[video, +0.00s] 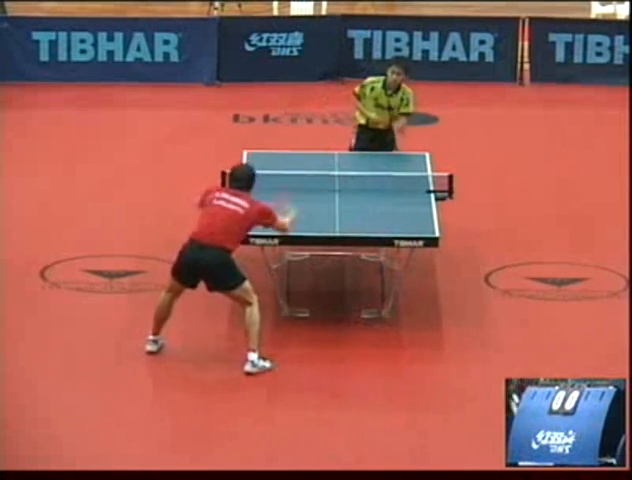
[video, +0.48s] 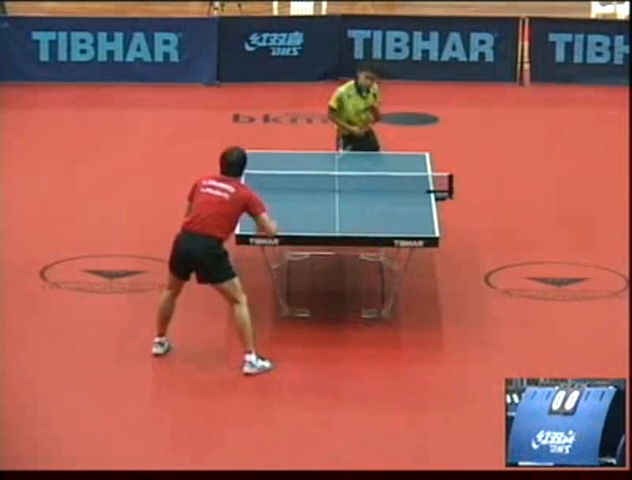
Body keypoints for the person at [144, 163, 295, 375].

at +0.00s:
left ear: (229, 181)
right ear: (251, 185)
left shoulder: (212, 193)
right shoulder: (255, 208)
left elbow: (200, 205)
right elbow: (282, 226)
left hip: (192, 249)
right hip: (218, 256)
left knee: (171, 293)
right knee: (250, 302)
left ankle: (153, 338)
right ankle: (253, 357)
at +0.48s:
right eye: (242, 166)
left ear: (220, 165)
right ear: (243, 169)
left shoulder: (202, 183)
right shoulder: (244, 194)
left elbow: (188, 213)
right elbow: (269, 230)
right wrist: (267, 223)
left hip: (184, 239)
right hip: (210, 245)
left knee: (171, 290)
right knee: (238, 300)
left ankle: (159, 339)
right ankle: (251, 356)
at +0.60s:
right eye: (240, 168)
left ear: (218, 167)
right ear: (240, 170)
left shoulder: (200, 185)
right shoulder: (243, 196)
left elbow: (186, 215)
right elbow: (259, 238)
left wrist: (198, 231)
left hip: (184, 241)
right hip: (212, 246)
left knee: (171, 291)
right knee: (240, 300)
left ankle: (159, 339)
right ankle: (251, 357)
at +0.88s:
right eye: (217, 160)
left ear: (194, 162)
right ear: (218, 163)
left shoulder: (182, 185)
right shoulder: (229, 186)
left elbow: (169, 221)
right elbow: (238, 224)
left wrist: (186, 229)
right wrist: (224, 240)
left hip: (184, 240)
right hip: (212, 243)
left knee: (169, 289)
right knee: (237, 299)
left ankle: (160, 339)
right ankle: (251, 355)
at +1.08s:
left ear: (171, 156)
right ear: (193, 153)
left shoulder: (162, 180)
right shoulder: (210, 176)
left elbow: (149, 216)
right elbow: (223, 214)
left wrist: (164, 232)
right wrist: (213, 235)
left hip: (173, 234)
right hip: (201, 233)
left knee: (165, 286)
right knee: (222, 294)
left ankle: (159, 338)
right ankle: (242, 349)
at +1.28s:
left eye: (167, 145)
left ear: (165, 148)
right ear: (186, 143)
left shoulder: (156, 173)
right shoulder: (205, 168)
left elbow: (141, 209)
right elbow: (220, 206)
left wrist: (152, 226)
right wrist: (211, 228)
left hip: (170, 230)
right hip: (198, 229)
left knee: (163, 286)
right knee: (212, 289)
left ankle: (159, 339)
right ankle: (211, 345)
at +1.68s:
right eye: (202, 143)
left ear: (181, 147)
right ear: (204, 146)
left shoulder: (169, 174)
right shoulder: (218, 177)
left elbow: (160, 210)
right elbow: (228, 213)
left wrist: (167, 228)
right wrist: (234, 238)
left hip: (176, 237)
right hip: (205, 239)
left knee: (167, 292)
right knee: (205, 296)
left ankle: (159, 340)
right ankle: (201, 355)